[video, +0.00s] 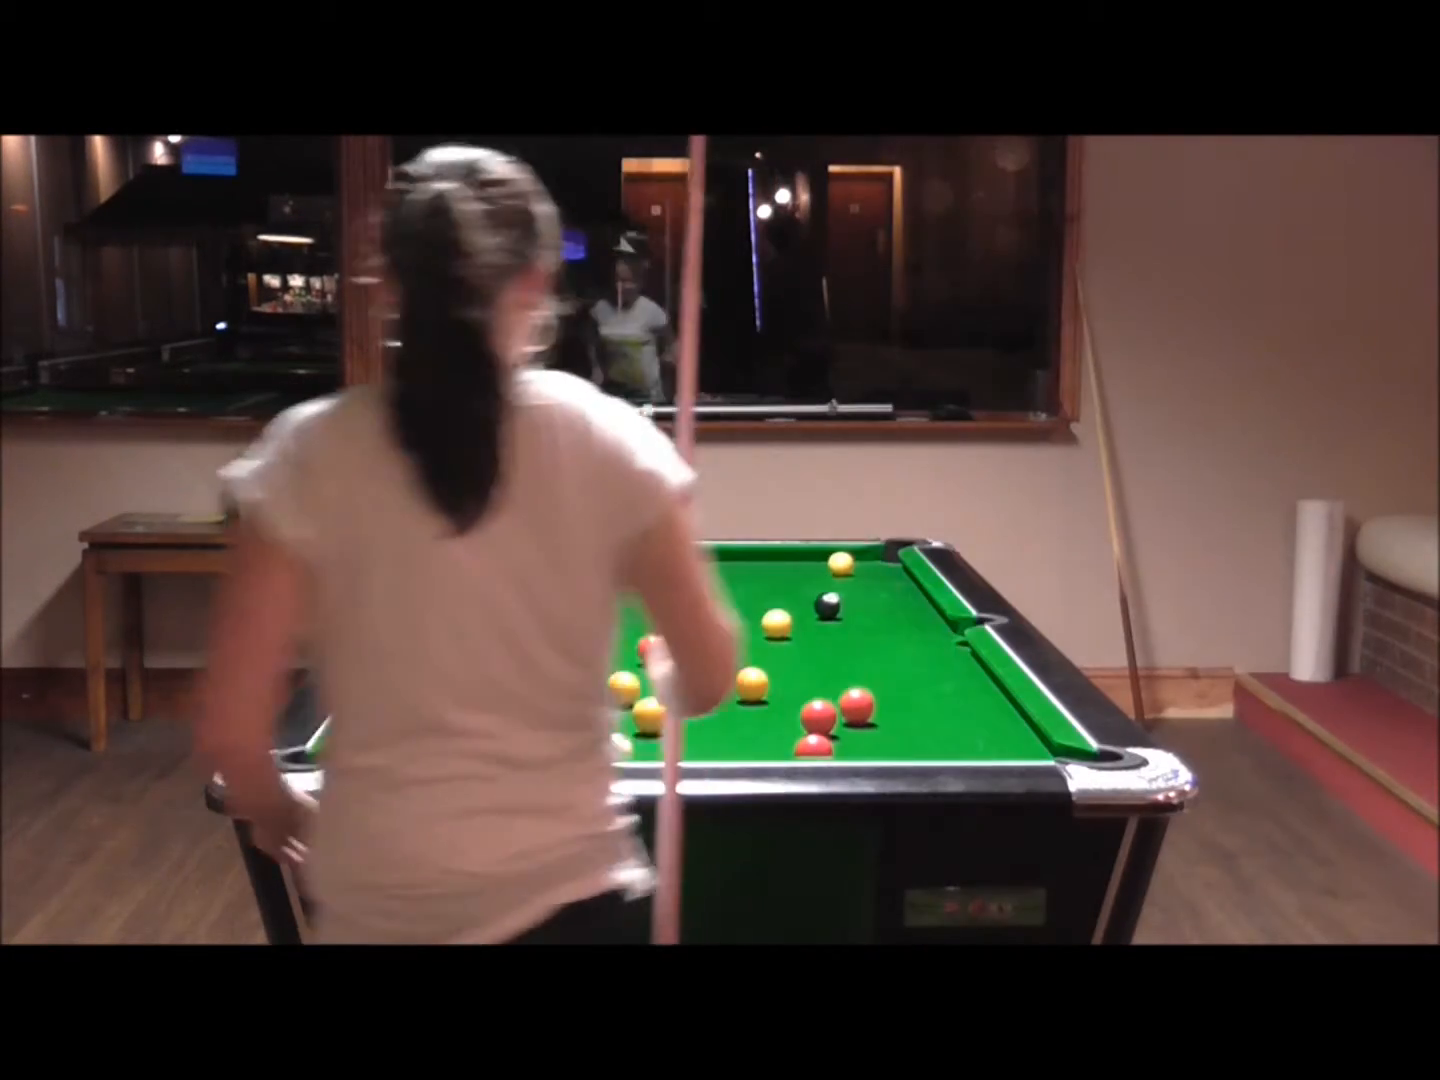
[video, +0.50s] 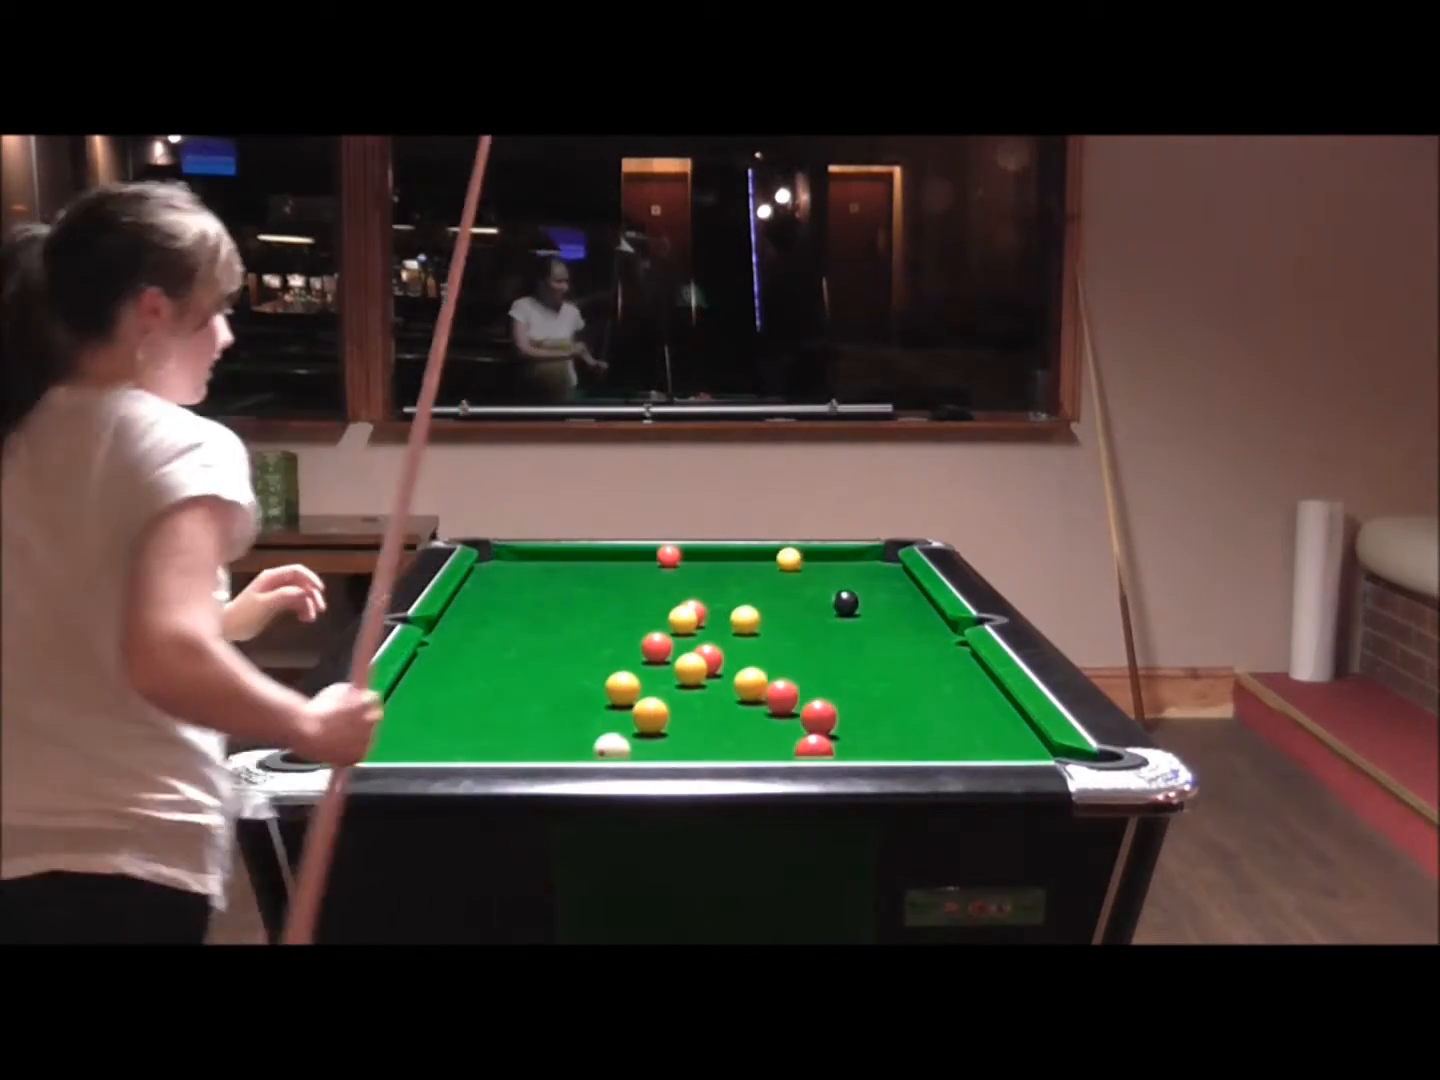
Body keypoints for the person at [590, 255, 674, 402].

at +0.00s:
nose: (625, 287)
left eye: (630, 282)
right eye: (620, 281)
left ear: (640, 284)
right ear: (613, 282)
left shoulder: (651, 311)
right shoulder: (600, 311)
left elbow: (669, 342)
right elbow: (591, 344)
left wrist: (668, 356)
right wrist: (596, 369)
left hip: (648, 391)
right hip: (613, 390)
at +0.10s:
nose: (611, 286)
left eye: (615, 281)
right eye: (606, 281)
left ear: (621, 283)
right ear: (596, 282)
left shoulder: (632, 309)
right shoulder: (582, 309)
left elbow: (647, 337)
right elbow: (573, 342)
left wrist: (655, 354)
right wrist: (580, 367)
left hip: (627, 386)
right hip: (592, 385)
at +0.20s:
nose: (593, 283)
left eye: (596, 278)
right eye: (588, 278)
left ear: (601, 280)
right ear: (576, 279)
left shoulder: (613, 305)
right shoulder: (559, 306)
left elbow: (628, 332)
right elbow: (548, 340)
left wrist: (636, 347)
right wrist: (568, 360)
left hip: (610, 377)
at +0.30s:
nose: (584, 283)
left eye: (586, 277)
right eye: (578, 277)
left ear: (590, 279)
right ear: (565, 278)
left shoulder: (600, 305)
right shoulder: (545, 304)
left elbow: (613, 335)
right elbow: (535, 342)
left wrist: (624, 352)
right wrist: (559, 356)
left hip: (599, 382)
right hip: (563, 383)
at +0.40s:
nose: (572, 286)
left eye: (574, 280)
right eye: (566, 280)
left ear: (577, 280)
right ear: (551, 280)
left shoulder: (582, 309)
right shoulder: (531, 306)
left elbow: (591, 340)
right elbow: (527, 346)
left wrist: (604, 357)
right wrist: (561, 355)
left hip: (578, 383)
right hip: (545, 384)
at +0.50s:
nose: (564, 288)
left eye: (566, 282)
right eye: (558, 282)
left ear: (569, 283)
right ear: (542, 282)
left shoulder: (571, 312)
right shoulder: (523, 308)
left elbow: (576, 345)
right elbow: (524, 349)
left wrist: (591, 362)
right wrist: (567, 354)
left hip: (566, 387)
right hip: (533, 386)